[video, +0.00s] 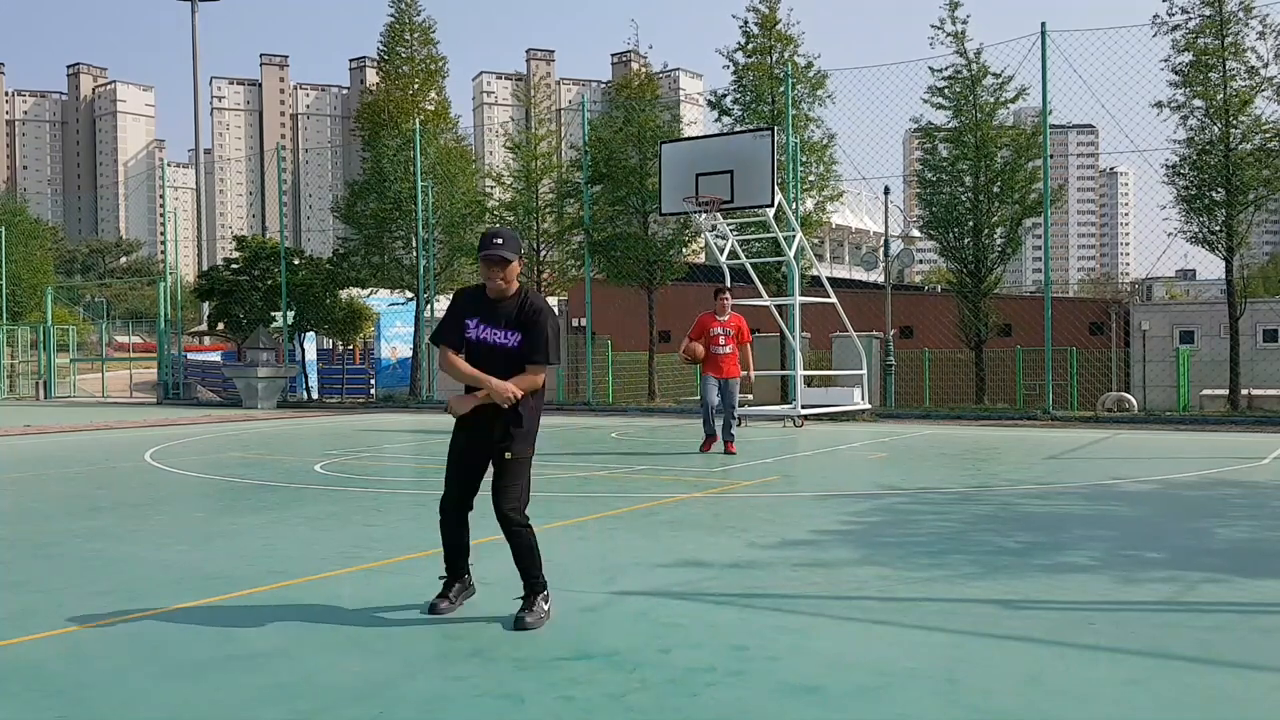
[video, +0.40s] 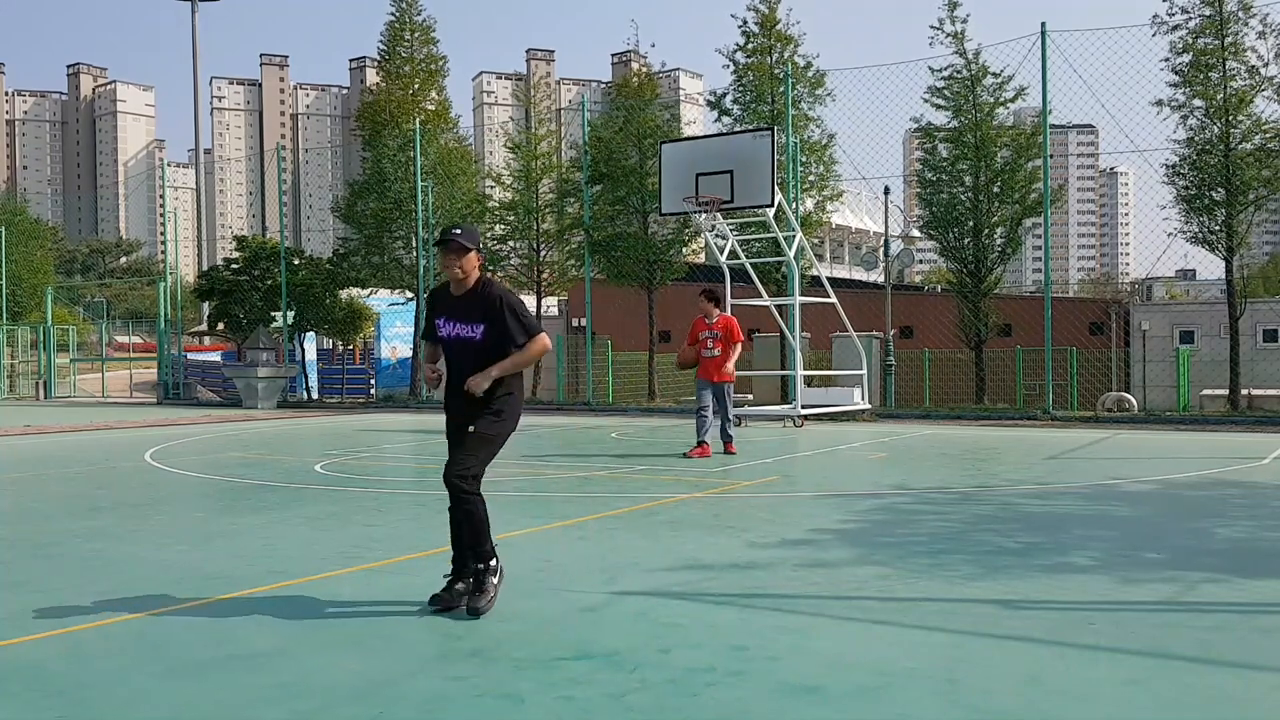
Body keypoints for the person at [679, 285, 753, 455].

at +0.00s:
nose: (725, 302)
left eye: (727, 299)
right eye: (722, 299)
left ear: (731, 301)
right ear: (716, 301)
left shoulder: (739, 320)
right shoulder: (704, 319)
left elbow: (745, 345)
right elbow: (689, 338)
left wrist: (750, 369)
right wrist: (681, 352)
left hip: (732, 371)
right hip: (710, 371)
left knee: (731, 408)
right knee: (709, 402)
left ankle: (729, 440)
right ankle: (710, 435)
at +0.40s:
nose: (699, 305)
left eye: (702, 302)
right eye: (699, 302)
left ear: (712, 303)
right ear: (706, 303)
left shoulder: (729, 321)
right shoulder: (698, 322)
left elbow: (738, 344)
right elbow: (690, 344)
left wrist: (731, 362)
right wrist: (682, 356)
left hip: (724, 373)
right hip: (704, 372)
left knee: (726, 411)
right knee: (703, 409)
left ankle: (728, 442)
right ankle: (703, 444)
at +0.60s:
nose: (688, 304)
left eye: (690, 301)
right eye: (689, 301)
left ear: (699, 302)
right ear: (697, 303)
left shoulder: (716, 319)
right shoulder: (692, 322)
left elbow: (724, 343)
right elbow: (689, 345)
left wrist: (710, 362)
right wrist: (680, 356)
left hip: (712, 371)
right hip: (693, 372)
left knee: (718, 407)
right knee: (695, 410)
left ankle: (727, 436)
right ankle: (701, 445)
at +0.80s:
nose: (678, 305)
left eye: (680, 301)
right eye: (679, 301)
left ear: (687, 301)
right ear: (690, 301)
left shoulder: (704, 316)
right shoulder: (690, 321)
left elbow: (707, 344)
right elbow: (690, 345)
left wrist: (688, 360)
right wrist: (679, 356)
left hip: (703, 371)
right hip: (690, 371)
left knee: (698, 403)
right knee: (691, 407)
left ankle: (716, 436)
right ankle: (701, 444)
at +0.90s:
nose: (675, 305)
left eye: (676, 301)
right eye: (675, 301)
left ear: (683, 302)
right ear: (688, 301)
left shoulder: (696, 316)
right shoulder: (691, 318)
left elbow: (699, 341)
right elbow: (686, 343)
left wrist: (681, 358)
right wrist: (676, 356)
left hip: (697, 370)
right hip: (693, 369)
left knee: (688, 405)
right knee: (694, 405)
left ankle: (703, 443)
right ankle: (701, 444)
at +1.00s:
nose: (672, 305)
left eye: (673, 301)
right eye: (672, 301)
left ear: (679, 301)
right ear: (687, 300)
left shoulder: (689, 316)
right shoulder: (694, 316)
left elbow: (690, 341)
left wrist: (673, 359)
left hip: (691, 372)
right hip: (698, 372)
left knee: (680, 406)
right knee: (694, 408)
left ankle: (685, 446)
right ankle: (702, 445)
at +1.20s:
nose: (664, 305)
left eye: (665, 302)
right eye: (664, 302)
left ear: (669, 302)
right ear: (681, 302)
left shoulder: (674, 317)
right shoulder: (690, 319)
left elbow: (672, 344)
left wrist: (661, 361)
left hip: (680, 373)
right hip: (694, 372)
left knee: (670, 411)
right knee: (690, 410)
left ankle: (671, 449)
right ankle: (702, 445)